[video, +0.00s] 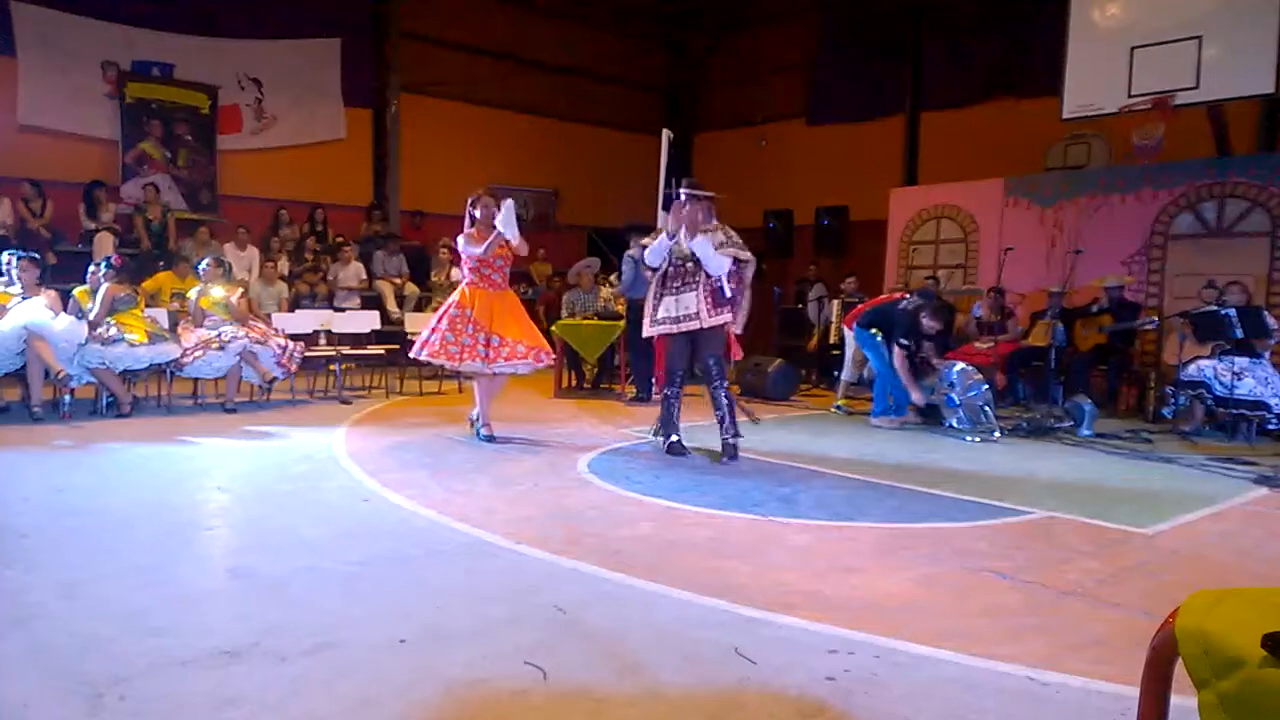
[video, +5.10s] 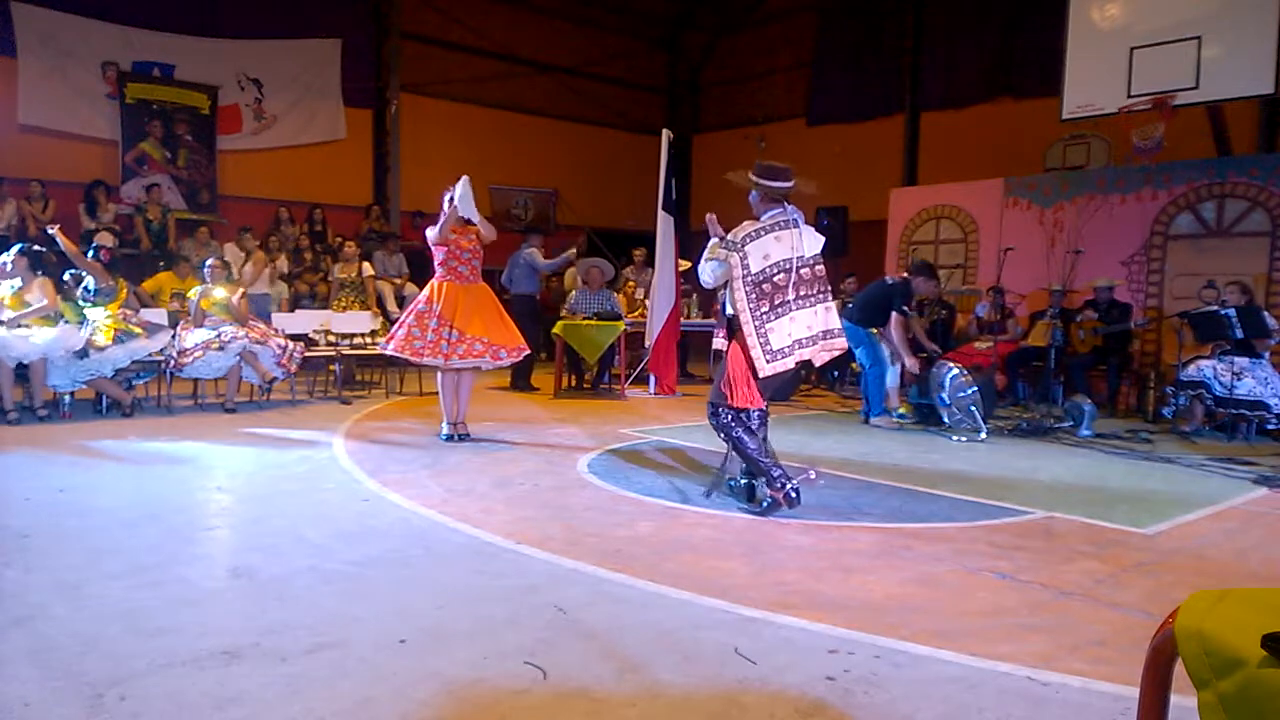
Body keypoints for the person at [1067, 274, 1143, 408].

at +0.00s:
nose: (1113, 293)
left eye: (1117, 289)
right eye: (1110, 289)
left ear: (1122, 290)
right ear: (1105, 291)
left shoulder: (1131, 307)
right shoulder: (1097, 304)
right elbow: (1070, 315)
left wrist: (1111, 306)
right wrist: (1092, 309)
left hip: (1120, 347)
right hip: (1098, 346)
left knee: (1114, 367)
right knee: (1079, 362)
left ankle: (1111, 402)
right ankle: (1081, 398)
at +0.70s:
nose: (1108, 294)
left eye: (1112, 290)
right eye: (1105, 290)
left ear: (1118, 291)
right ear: (1101, 292)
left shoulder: (1129, 307)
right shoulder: (1095, 304)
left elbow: (1129, 318)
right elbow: (1074, 315)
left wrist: (1108, 308)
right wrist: (1093, 310)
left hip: (1119, 347)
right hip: (1098, 346)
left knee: (1115, 366)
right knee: (1079, 362)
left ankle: (1111, 403)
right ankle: (1081, 398)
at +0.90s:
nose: (1101, 295)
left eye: (1105, 291)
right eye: (1099, 292)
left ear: (1113, 291)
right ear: (1097, 292)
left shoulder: (1127, 306)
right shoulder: (1093, 305)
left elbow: (1125, 316)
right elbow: (1074, 315)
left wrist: (1103, 309)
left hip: (1119, 348)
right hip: (1099, 347)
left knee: (1115, 365)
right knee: (1077, 363)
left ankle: (1112, 403)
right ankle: (1083, 400)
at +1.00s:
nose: (1099, 296)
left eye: (1103, 292)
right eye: (1097, 292)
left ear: (1111, 291)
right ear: (1095, 293)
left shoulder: (1124, 306)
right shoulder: (1092, 305)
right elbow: (1075, 316)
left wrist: (1101, 311)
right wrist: (1059, 311)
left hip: (1118, 348)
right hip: (1098, 347)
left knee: (1115, 366)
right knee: (1078, 362)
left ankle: (1111, 403)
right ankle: (1082, 400)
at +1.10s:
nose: (1097, 296)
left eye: (1101, 292)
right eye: (1095, 292)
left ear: (1110, 291)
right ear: (1093, 293)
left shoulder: (1124, 306)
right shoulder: (1091, 305)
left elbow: (1120, 317)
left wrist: (1098, 312)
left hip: (1118, 348)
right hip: (1098, 347)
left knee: (1114, 366)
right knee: (1078, 363)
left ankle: (1111, 403)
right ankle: (1083, 400)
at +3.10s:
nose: (1097, 295)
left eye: (1101, 292)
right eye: (1095, 292)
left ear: (1108, 292)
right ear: (1093, 293)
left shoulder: (1122, 307)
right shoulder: (1089, 306)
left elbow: (1118, 320)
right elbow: (1070, 317)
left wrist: (1097, 317)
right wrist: (1079, 316)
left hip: (1118, 349)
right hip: (1097, 348)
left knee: (1114, 366)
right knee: (1077, 363)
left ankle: (1111, 403)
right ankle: (1084, 399)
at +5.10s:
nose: (1099, 295)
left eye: (1103, 291)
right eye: (1097, 291)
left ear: (1111, 292)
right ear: (1094, 292)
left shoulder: (1123, 308)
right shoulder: (1090, 305)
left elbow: (1118, 322)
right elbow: (1070, 315)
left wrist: (1097, 317)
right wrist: (1079, 316)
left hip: (1116, 349)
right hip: (1095, 348)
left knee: (1114, 367)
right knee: (1076, 364)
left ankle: (1111, 404)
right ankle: (1084, 400)